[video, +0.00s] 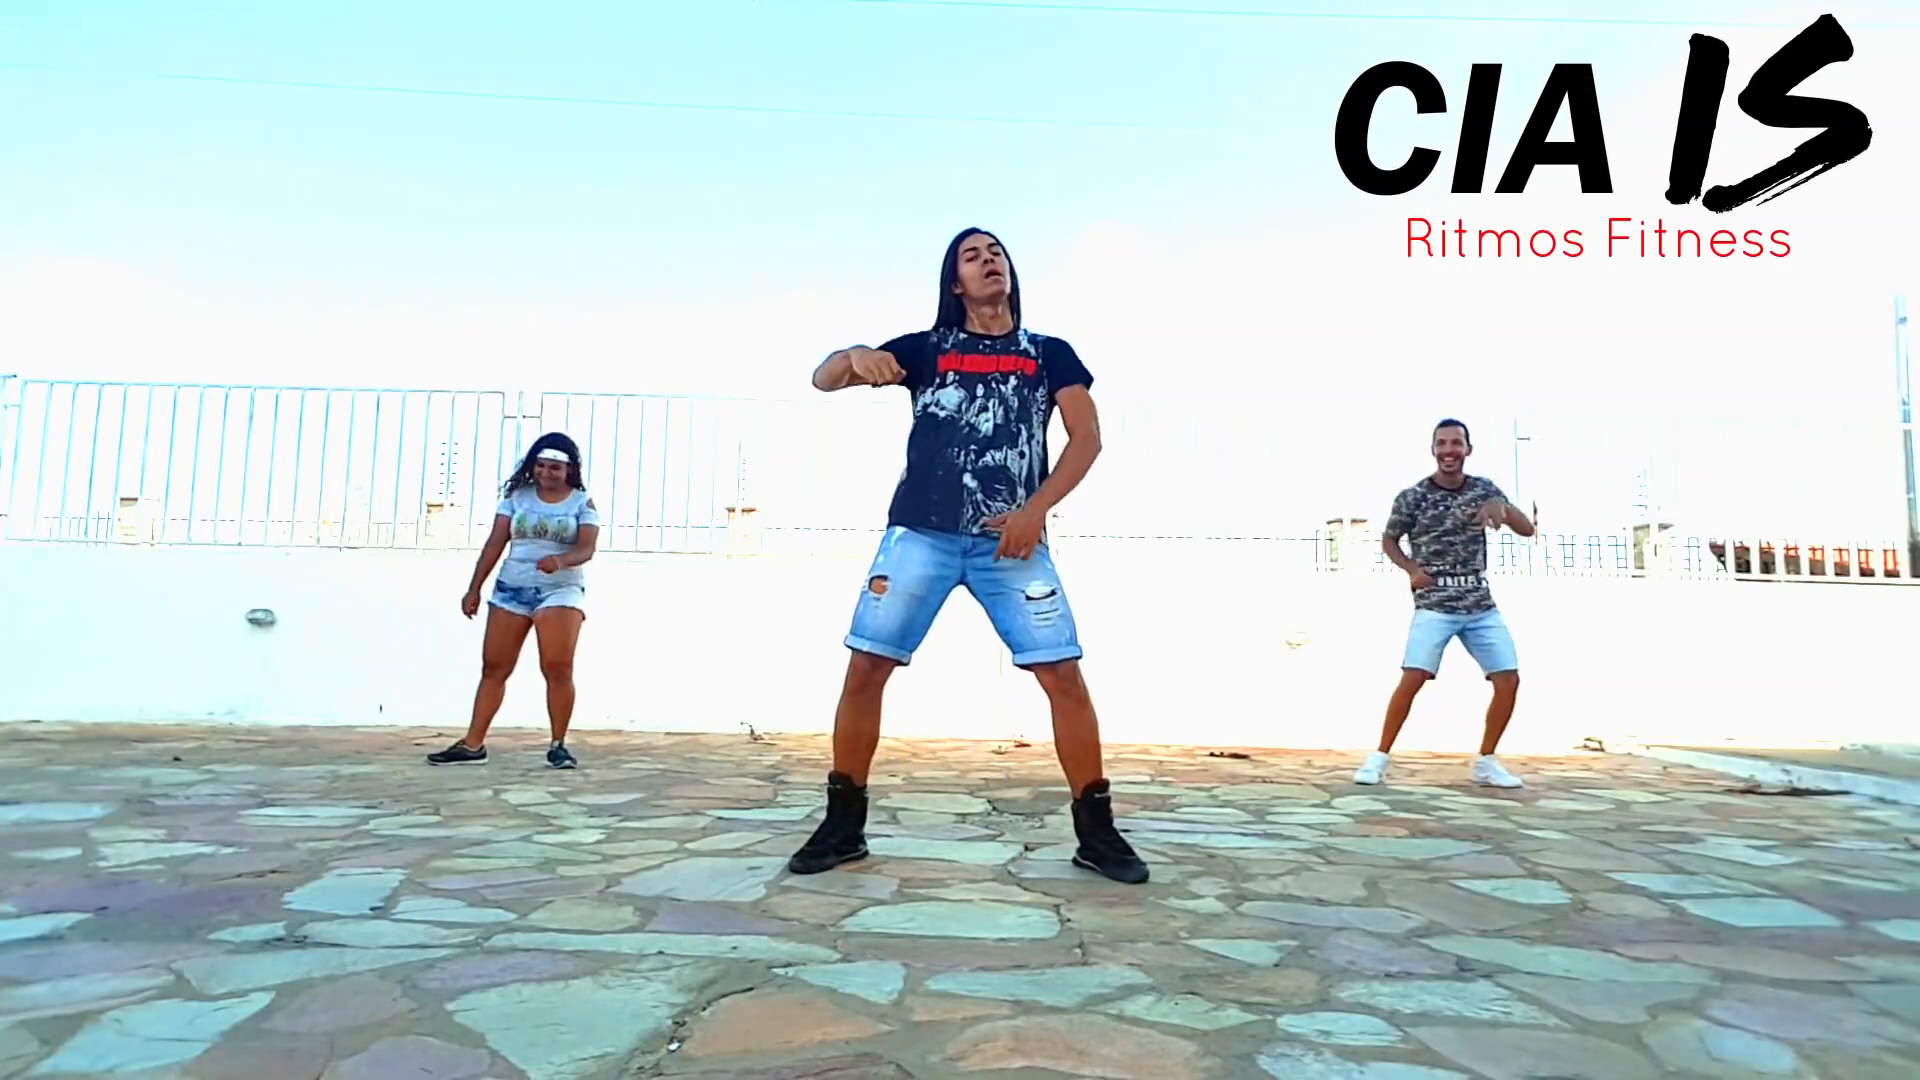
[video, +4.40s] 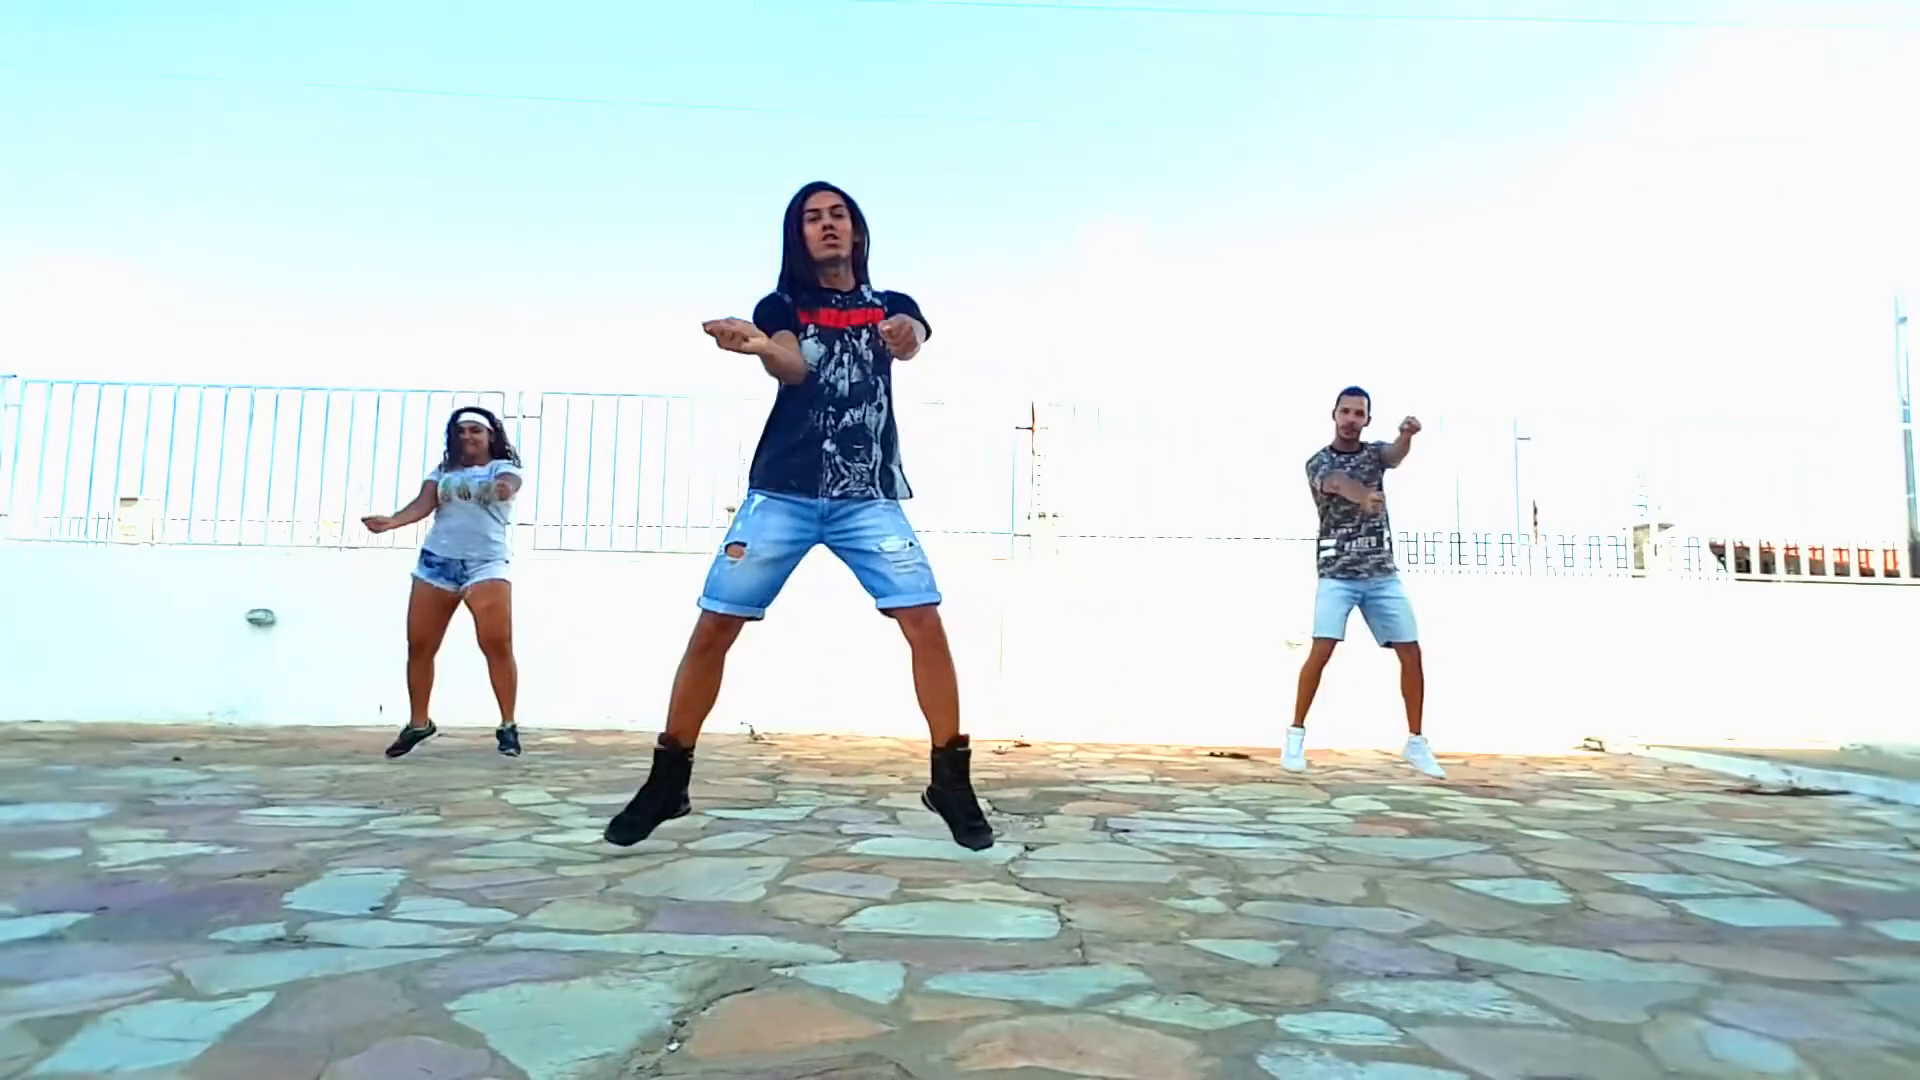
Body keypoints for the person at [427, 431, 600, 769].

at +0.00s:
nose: (549, 473)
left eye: (557, 468)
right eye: (543, 466)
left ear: (570, 470)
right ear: (533, 467)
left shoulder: (582, 504)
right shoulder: (515, 498)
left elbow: (586, 549)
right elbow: (495, 544)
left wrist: (562, 560)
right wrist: (475, 587)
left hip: (559, 593)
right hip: (511, 590)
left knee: (558, 668)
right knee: (493, 668)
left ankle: (558, 745)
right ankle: (472, 743)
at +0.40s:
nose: (561, 468)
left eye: (570, 464)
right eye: (557, 460)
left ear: (579, 471)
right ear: (546, 460)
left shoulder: (585, 503)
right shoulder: (523, 492)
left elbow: (591, 555)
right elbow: (504, 535)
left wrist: (589, 601)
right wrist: (506, 559)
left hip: (563, 588)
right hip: (520, 587)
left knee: (559, 669)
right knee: (494, 668)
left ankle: (558, 745)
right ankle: (473, 743)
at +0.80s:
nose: (543, 464)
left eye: (551, 458)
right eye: (538, 457)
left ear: (570, 462)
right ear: (533, 460)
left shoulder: (584, 504)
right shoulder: (518, 495)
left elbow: (587, 554)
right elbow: (497, 541)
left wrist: (551, 563)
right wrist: (475, 583)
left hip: (558, 591)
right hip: (513, 588)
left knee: (558, 667)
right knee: (492, 667)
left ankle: (558, 745)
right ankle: (472, 743)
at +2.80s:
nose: (527, 459)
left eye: (535, 454)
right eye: (520, 454)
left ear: (550, 462)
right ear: (513, 463)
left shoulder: (561, 496)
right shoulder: (500, 497)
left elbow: (564, 513)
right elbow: (486, 523)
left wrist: (553, 517)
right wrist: (489, 536)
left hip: (543, 589)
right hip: (494, 586)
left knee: (553, 668)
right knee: (479, 666)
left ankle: (558, 744)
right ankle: (471, 744)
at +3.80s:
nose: (528, 457)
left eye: (535, 453)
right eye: (521, 453)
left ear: (543, 463)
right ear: (509, 462)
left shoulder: (553, 499)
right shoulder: (492, 503)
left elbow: (565, 521)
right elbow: (468, 543)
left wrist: (563, 527)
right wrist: (441, 564)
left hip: (540, 593)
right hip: (490, 592)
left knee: (550, 671)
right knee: (461, 666)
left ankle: (557, 744)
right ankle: (469, 744)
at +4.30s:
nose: (489, 446)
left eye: (497, 440)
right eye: (483, 439)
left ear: (508, 448)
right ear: (472, 445)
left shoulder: (512, 483)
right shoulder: (449, 481)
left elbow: (520, 499)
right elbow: (433, 510)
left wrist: (517, 506)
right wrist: (426, 526)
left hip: (501, 570)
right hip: (453, 569)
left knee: (523, 648)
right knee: (434, 655)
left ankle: (544, 724)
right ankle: (438, 730)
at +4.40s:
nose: (468, 435)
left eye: (476, 430)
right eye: (462, 430)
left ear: (491, 436)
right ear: (454, 438)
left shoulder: (505, 467)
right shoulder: (442, 472)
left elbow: (507, 482)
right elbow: (422, 505)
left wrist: (502, 488)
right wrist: (390, 522)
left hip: (487, 565)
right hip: (437, 564)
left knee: (497, 643)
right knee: (419, 646)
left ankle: (507, 725)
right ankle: (419, 723)